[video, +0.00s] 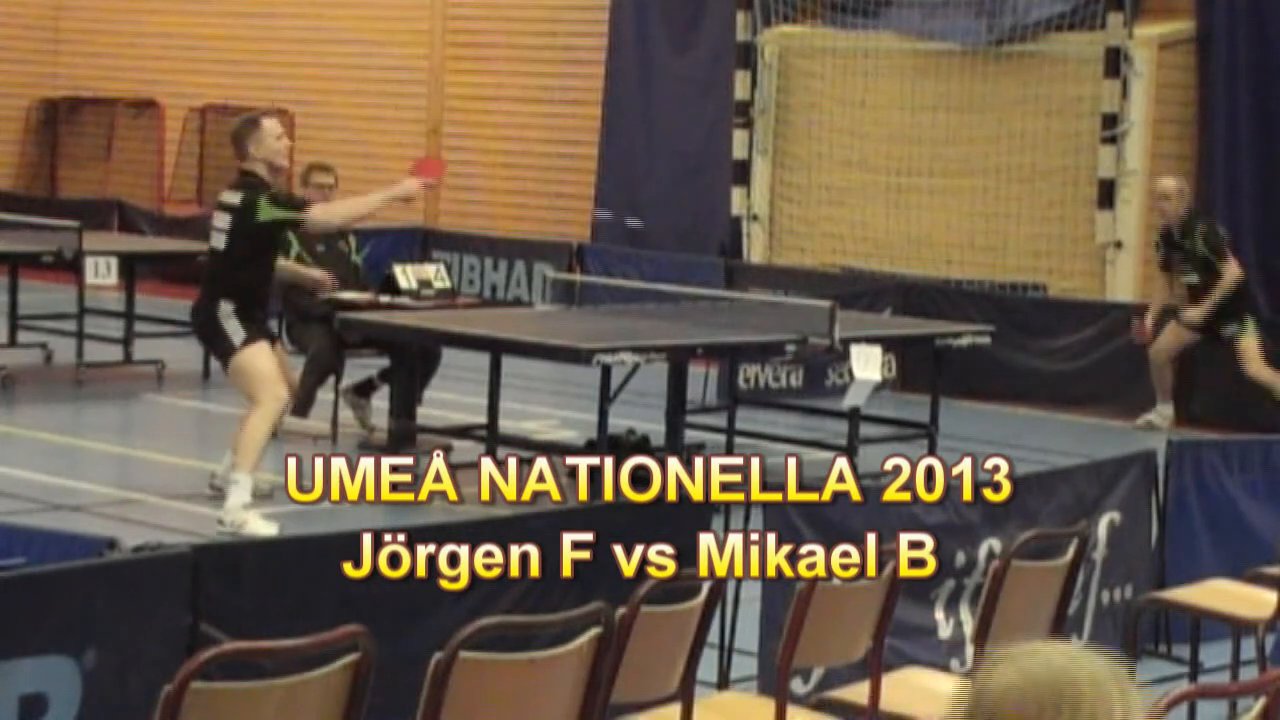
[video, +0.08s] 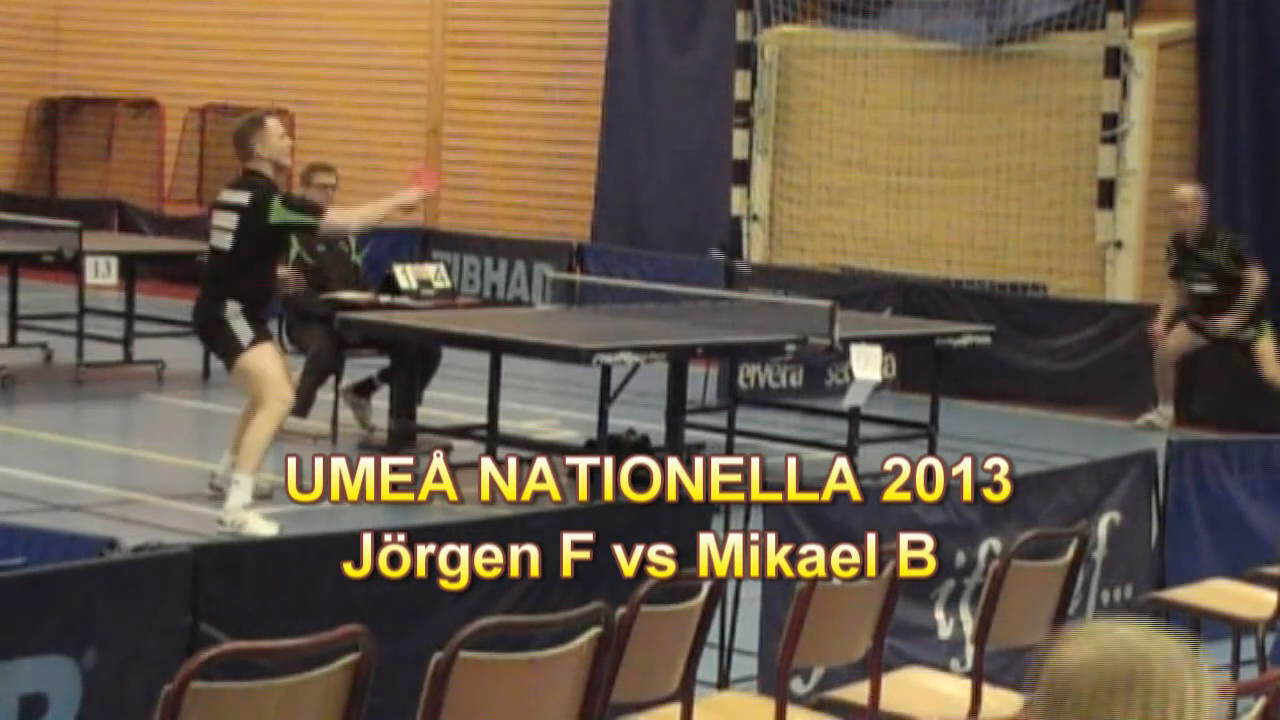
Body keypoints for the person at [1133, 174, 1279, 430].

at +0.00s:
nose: (1162, 205)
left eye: (1168, 199)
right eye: (1159, 199)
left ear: (1184, 200)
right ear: (1155, 202)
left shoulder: (1205, 230)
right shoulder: (1166, 237)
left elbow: (1233, 272)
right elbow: (1166, 286)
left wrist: (1202, 309)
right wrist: (1150, 317)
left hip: (1234, 310)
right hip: (1199, 310)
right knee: (1158, 352)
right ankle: (1164, 411)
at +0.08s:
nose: (1184, 214)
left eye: (1189, 207)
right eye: (1179, 208)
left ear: (1202, 209)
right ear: (1173, 211)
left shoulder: (1224, 241)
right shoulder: (1176, 244)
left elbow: (1258, 277)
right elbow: (1176, 290)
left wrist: (1235, 317)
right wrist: (1161, 321)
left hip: (1243, 319)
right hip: (1201, 319)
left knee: (1271, 371)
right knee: (1165, 350)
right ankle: (1164, 411)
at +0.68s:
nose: (1242, 229)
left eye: (1249, 223)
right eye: (1239, 222)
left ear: (1268, 224)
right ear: (1235, 224)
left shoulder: (1275, 258)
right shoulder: (1230, 256)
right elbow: (1195, 288)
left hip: (1270, 328)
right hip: (1233, 325)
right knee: (1188, 342)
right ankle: (1181, 423)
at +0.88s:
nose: (1241, 219)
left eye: (1249, 212)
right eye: (1239, 212)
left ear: (1268, 216)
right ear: (1235, 214)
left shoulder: (1276, 252)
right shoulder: (1227, 247)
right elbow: (1186, 260)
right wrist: (1147, 262)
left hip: (1272, 322)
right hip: (1235, 318)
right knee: (1193, 354)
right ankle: (1181, 424)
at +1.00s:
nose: (1260, 217)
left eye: (1268, 211)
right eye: (1259, 209)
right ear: (1255, 212)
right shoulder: (1246, 247)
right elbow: (1212, 279)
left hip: (1275, 322)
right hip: (1250, 319)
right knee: (1207, 358)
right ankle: (1185, 422)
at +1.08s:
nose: (1270, 220)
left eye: (1275, 214)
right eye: (1268, 213)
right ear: (1264, 215)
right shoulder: (1258, 249)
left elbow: (1234, 289)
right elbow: (1234, 289)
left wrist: (1203, 327)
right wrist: (1203, 328)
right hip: (1263, 319)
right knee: (1216, 358)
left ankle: (1187, 422)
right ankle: (1188, 423)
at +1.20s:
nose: (1267, 216)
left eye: (1272, 209)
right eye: (1265, 209)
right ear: (1261, 212)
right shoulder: (1258, 246)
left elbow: (1238, 288)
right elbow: (1237, 288)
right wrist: (1211, 326)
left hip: (1270, 315)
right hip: (1268, 314)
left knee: (1222, 355)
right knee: (1221, 355)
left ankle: (1213, 420)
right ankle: (1213, 420)